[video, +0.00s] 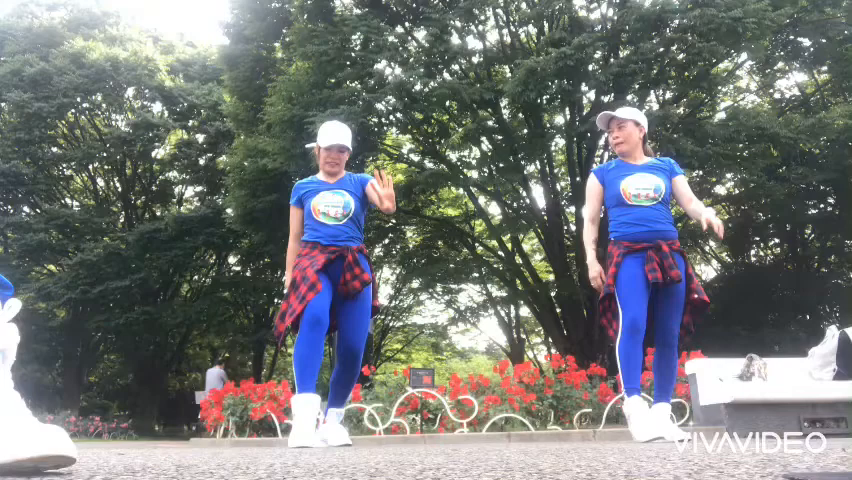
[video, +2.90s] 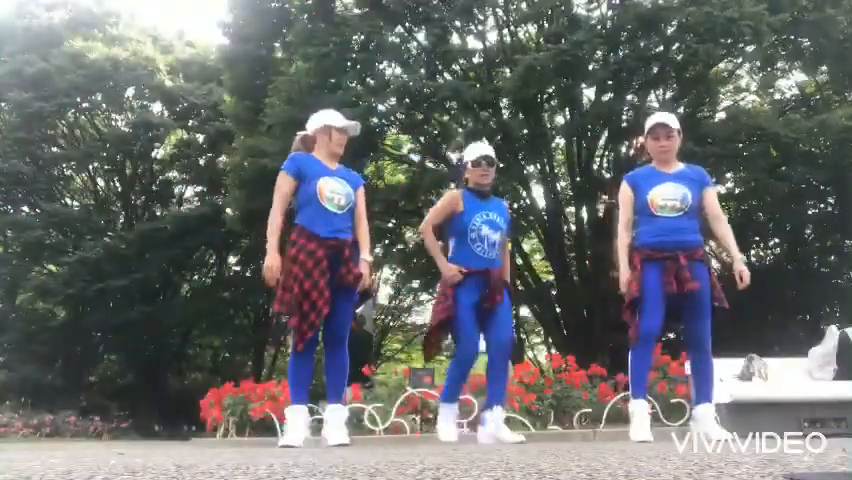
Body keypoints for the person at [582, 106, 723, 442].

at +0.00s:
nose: (614, 133)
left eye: (621, 127)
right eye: (610, 130)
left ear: (641, 130)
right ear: (608, 137)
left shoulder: (666, 166)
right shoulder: (601, 173)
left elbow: (689, 201)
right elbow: (590, 220)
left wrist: (705, 213)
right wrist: (591, 259)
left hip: (668, 253)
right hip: (629, 255)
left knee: (668, 335)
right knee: (634, 322)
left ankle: (662, 413)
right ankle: (633, 404)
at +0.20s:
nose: (616, 132)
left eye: (624, 125)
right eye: (613, 128)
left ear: (644, 130)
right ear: (611, 136)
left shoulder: (668, 167)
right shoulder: (603, 171)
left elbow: (686, 210)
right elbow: (589, 217)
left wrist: (697, 220)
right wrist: (586, 262)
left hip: (668, 253)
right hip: (628, 253)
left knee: (668, 334)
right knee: (635, 322)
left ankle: (661, 413)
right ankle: (633, 407)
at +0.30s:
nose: (617, 134)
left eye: (625, 127)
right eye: (614, 129)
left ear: (645, 131)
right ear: (612, 136)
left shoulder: (667, 166)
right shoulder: (603, 171)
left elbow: (708, 179)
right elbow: (589, 217)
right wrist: (583, 261)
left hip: (668, 252)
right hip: (629, 253)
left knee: (667, 335)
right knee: (641, 318)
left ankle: (663, 410)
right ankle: (645, 400)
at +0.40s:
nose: (619, 133)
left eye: (627, 126)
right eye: (615, 129)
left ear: (646, 131)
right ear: (612, 137)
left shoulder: (665, 161)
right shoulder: (603, 174)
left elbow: (699, 126)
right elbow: (589, 218)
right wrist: (580, 259)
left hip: (673, 250)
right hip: (634, 253)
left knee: (670, 333)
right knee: (646, 327)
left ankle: (665, 411)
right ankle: (655, 409)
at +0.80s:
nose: (628, 130)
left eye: (634, 124)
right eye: (621, 126)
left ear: (648, 131)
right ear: (613, 135)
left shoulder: (667, 161)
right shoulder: (604, 173)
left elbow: (706, 162)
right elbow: (593, 218)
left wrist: (720, 128)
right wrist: (587, 257)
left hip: (675, 248)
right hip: (636, 249)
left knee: (675, 332)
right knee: (647, 323)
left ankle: (665, 406)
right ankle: (653, 402)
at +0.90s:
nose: (630, 130)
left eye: (637, 124)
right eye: (623, 126)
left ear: (650, 131)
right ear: (616, 135)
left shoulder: (672, 168)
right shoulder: (605, 173)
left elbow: (689, 213)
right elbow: (595, 221)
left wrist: (703, 203)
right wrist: (590, 260)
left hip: (675, 250)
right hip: (636, 252)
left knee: (676, 337)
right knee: (646, 317)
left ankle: (662, 414)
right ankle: (650, 403)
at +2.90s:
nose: (663, 141)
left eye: (669, 135)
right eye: (656, 136)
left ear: (679, 139)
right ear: (646, 142)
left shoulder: (698, 176)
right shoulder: (633, 180)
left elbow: (717, 219)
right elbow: (624, 228)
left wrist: (736, 256)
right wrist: (624, 267)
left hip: (693, 261)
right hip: (651, 262)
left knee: (700, 336)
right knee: (648, 331)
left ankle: (703, 412)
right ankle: (639, 407)